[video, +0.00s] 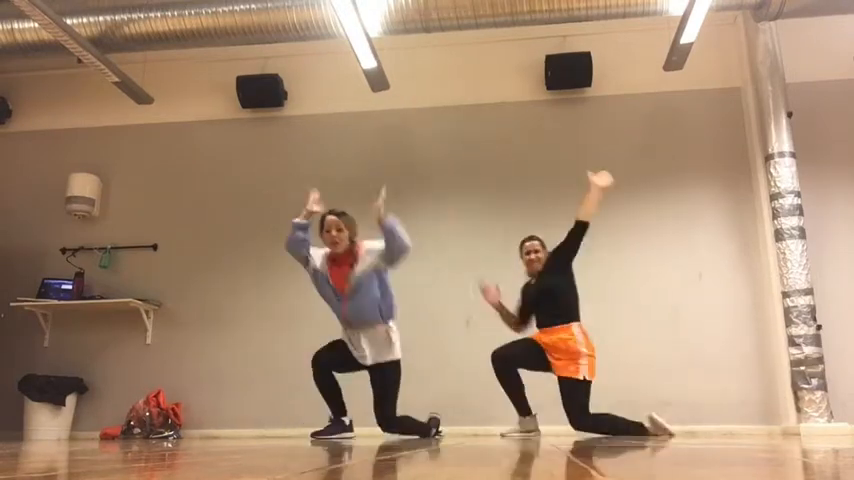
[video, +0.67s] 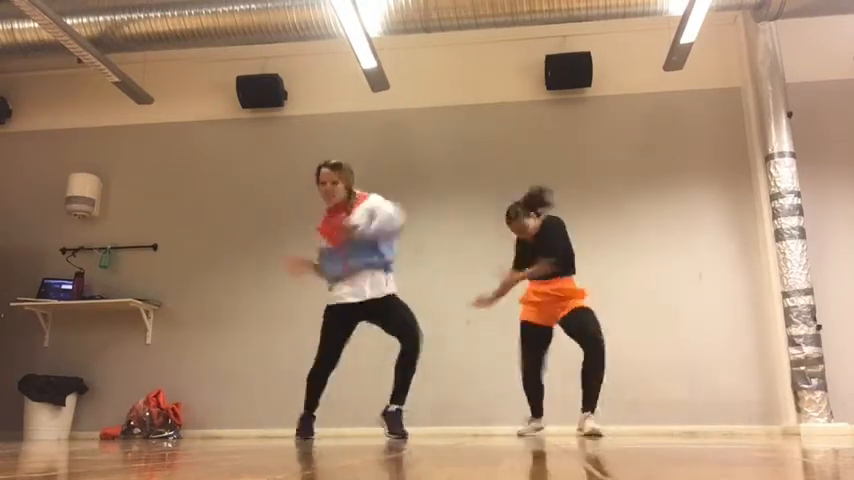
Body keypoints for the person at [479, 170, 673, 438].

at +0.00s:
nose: (533, 254)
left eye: (537, 250)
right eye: (527, 252)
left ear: (546, 254)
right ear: (523, 261)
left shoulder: (558, 262)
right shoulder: (529, 290)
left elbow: (580, 227)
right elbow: (519, 325)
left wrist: (595, 189)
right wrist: (499, 306)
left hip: (573, 347)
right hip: (547, 347)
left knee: (579, 420)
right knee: (501, 357)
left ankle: (648, 431)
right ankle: (527, 422)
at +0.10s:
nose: (522, 248)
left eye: (526, 243)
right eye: (517, 246)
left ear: (534, 246)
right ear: (511, 253)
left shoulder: (550, 254)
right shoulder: (516, 280)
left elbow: (586, 236)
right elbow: (501, 310)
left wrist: (615, 210)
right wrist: (489, 293)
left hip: (571, 336)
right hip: (546, 339)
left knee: (583, 408)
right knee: (501, 356)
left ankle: (648, 429)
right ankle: (527, 421)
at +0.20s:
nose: (513, 233)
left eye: (516, 227)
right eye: (507, 229)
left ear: (526, 228)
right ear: (503, 236)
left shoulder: (544, 241)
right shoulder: (513, 263)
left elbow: (584, 250)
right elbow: (518, 301)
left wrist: (622, 245)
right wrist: (509, 286)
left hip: (568, 316)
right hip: (542, 321)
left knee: (587, 386)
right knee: (506, 354)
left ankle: (647, 423)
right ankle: (527, 421)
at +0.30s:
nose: (511, 220)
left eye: (515, 215)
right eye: (505, 217)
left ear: (525, 215)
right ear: (501, 224)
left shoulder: (542, 230)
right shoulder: (508, 252)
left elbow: (581, 247)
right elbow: (512, 292)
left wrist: (570, 258)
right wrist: (517, 270)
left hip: (570, 300)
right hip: (543, 306)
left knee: (573, 360)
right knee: (516, 351)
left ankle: (625, 392)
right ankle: (526, 420)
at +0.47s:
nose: (509, 219)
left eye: (513, 213)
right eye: (505, 217)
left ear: (528, 211)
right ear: (504, 223)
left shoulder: (554, 230)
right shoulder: (509, 248)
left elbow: (589, 249)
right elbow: (518, 272)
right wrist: (540, 275)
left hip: (574, 296)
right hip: (547, 305)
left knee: (563, 354)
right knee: (515, 352)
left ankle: (603, 417)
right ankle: (542, 413)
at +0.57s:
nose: (513, 228)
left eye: (514, 220)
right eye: (508, 223)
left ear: (527, 214)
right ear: (507, 224)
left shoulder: (560, 230)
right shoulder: (514, 246)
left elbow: (584, 262)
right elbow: (517, 287)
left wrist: (591, 263)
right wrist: (518, 270)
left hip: (571, 297)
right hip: (543, 305)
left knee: (573, 346)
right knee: (516, 357)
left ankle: (599, 415)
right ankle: (544, 418)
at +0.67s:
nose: (522, 236)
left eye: (523, 230)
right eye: (517, 233)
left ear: (531, 216)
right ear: (514, 229)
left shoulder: (553, 225)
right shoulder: (523, 239)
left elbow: (553, 264)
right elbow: (517, 272)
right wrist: (494, 297)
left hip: (567, 300)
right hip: (536, 304)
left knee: (594, 342)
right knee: (530, 363)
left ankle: (588, 416)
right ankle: (536, 419)